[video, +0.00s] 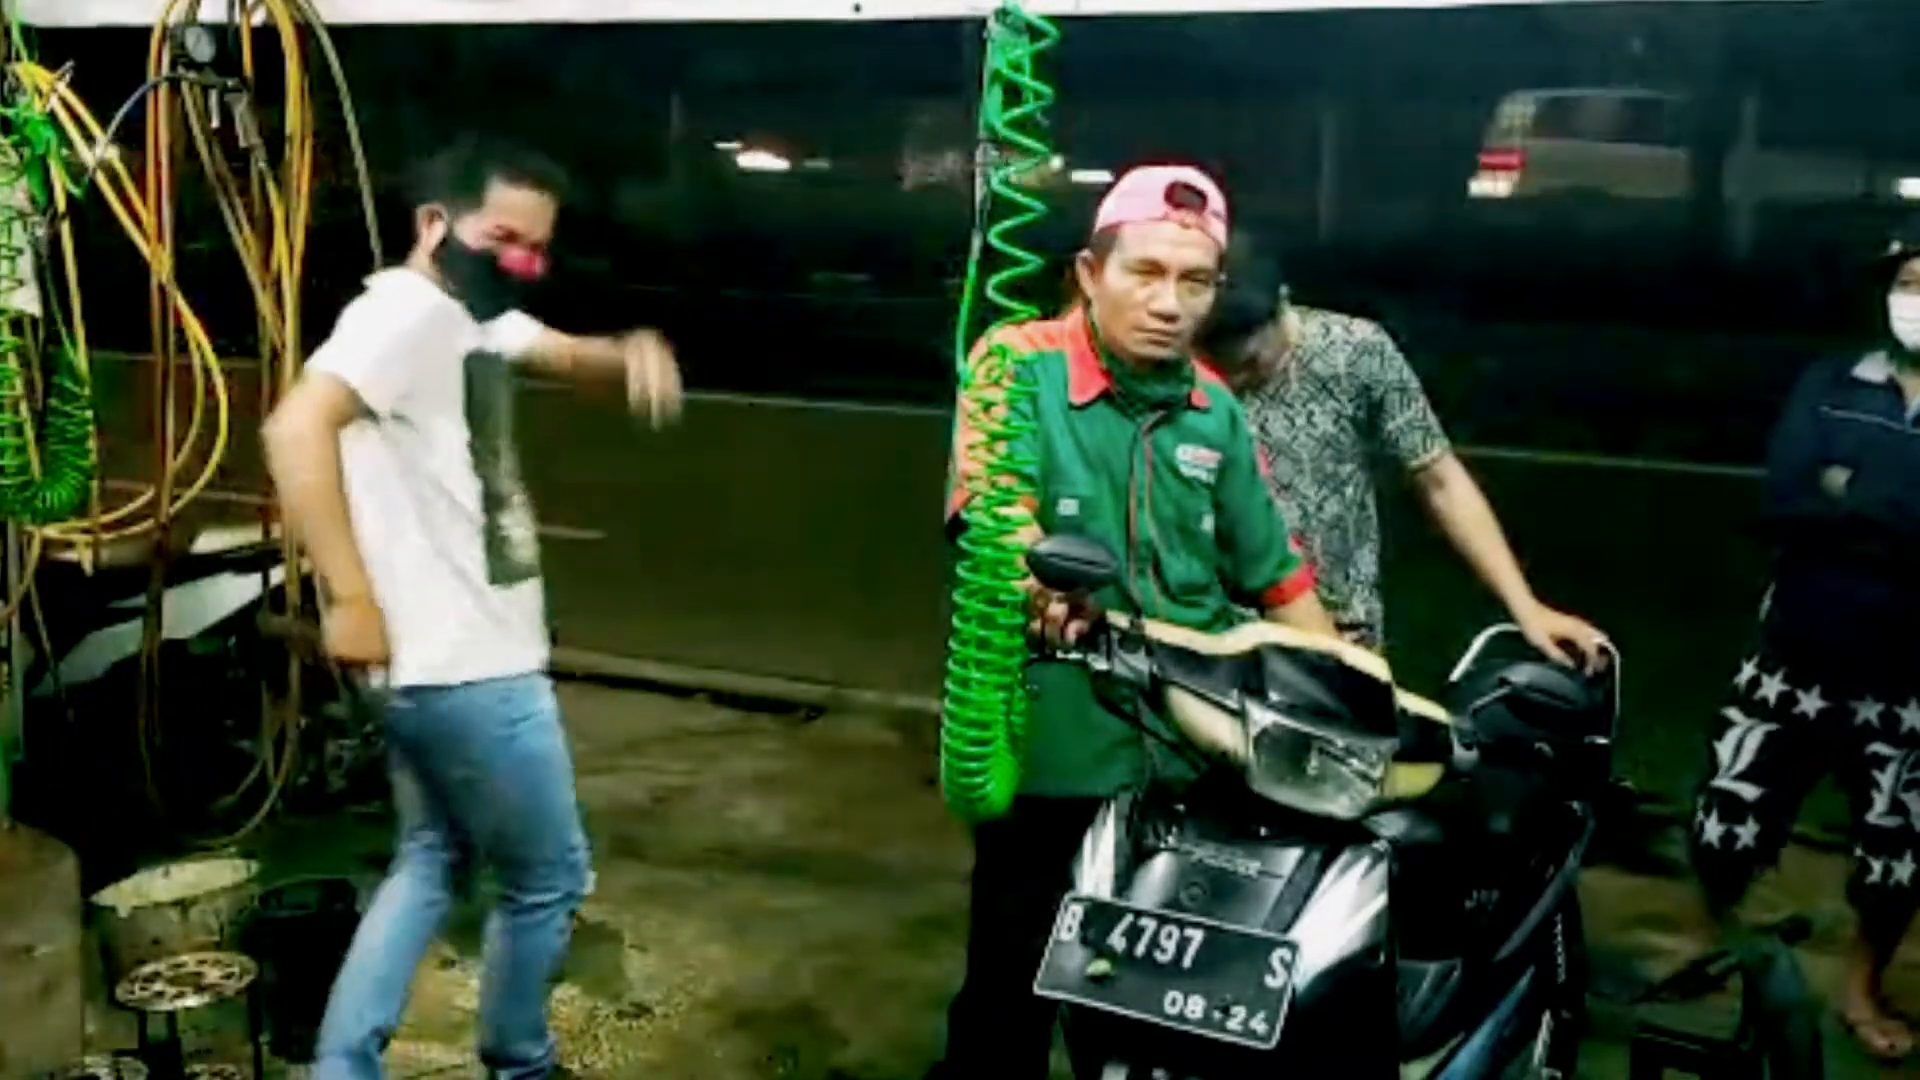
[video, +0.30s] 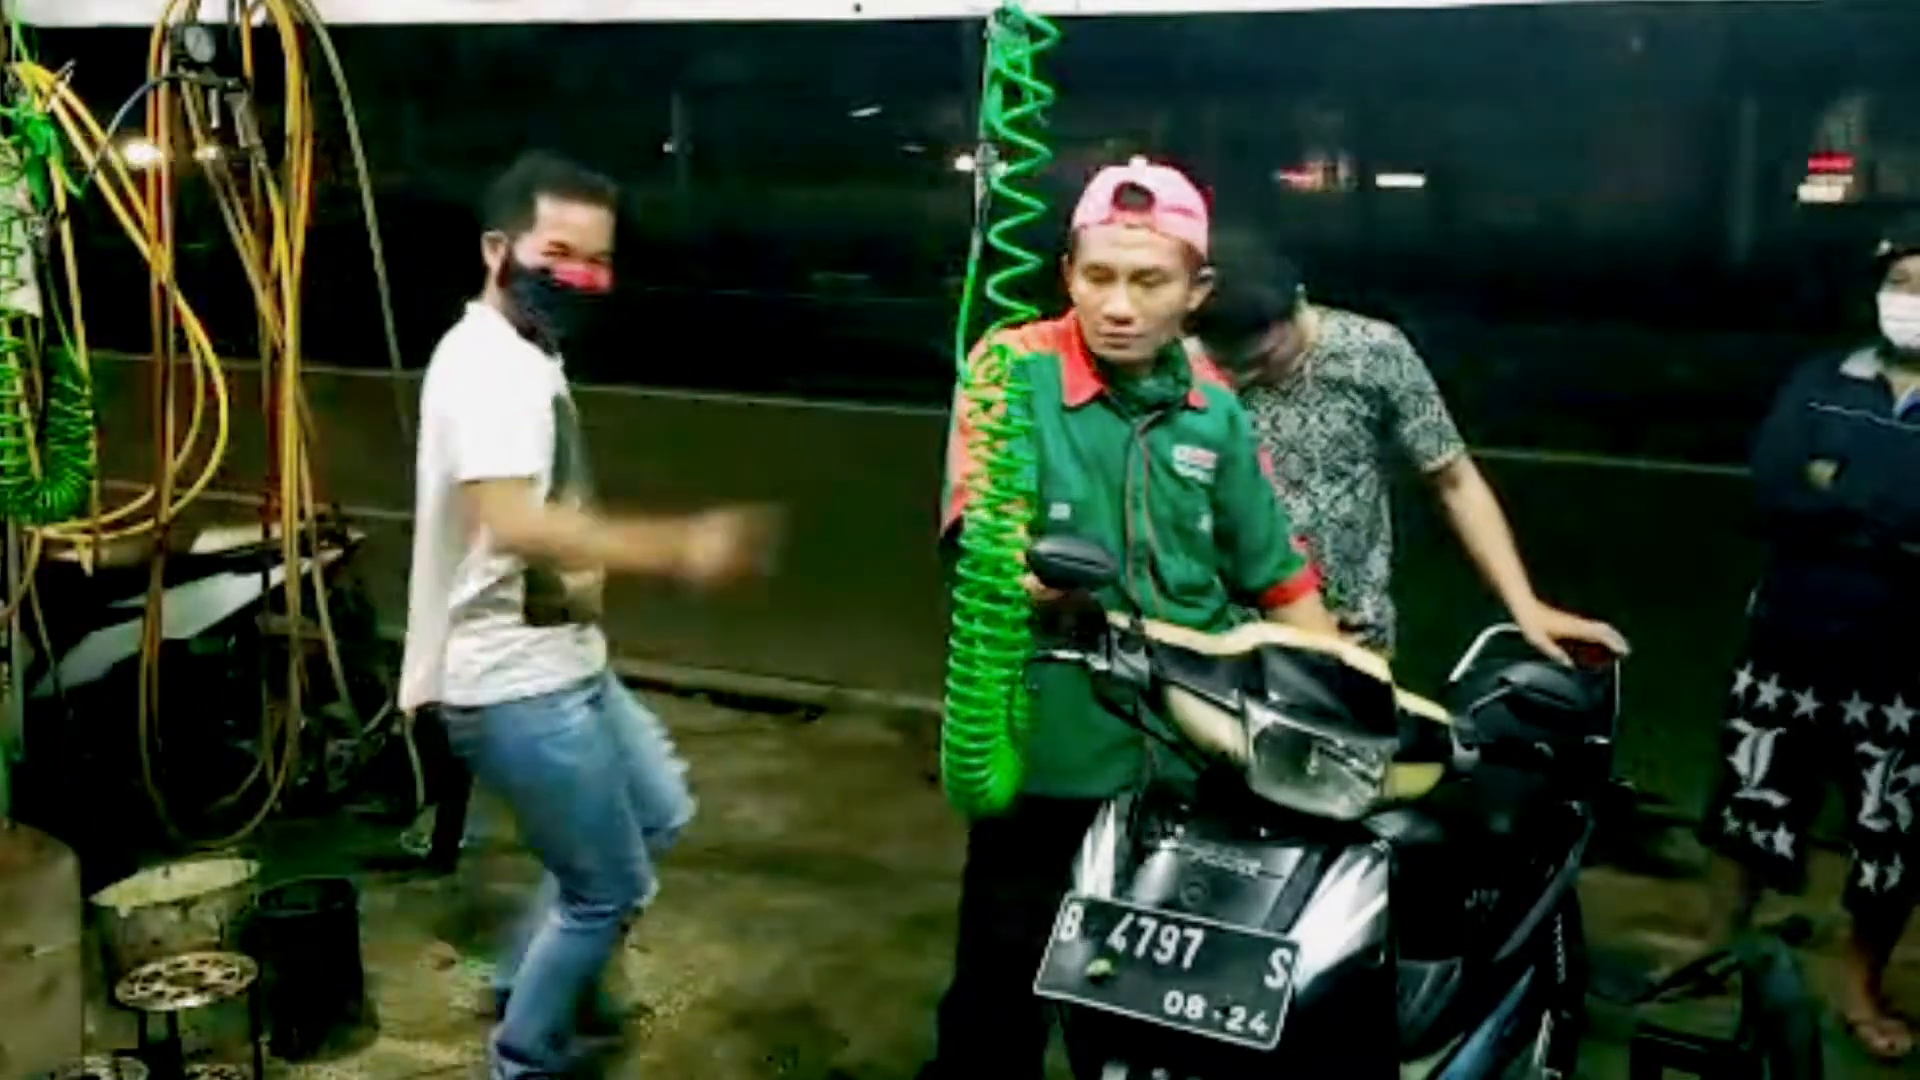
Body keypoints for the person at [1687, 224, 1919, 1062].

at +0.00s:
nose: (1916, 305)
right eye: (1906, 288)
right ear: (1880, 300)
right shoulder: (1832, 391)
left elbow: (1912, 515)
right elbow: (1783, 496)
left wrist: (1845, 482)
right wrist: (1893, 504)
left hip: (1903, 666)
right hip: (1800, 651)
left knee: (1896, 855)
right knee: (1726, 826)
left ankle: (1863, 988)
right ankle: (1710, 933)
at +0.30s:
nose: (1909, 301)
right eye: (1899, 285)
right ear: (1874, 298)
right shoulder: (1821, 386)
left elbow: (1910, 509)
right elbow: (1771, 483)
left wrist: (1834, 473)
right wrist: (1887, 503)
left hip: (1899, 660)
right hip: (1792, 646)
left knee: (1889, 848)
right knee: (1743, 813)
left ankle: (1859, 985)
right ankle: (1715, 942)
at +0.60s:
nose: (1902, 300)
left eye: (1917, 286)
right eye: (1890, 284)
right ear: (1864, 296)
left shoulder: (1919, 413)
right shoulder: (1813, 386)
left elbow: (1907, 508)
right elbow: (1763, 485)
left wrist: (1828, 474)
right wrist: (1871, 512)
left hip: (1893, 659)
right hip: (1786, 644)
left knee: (1886, 841)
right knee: (1736, 814)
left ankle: (1858, 976)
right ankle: (1719, 940)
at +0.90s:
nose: (1897, 301)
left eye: (1913, 287)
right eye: (1885, 284)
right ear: (1859, 293)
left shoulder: (1919, 412)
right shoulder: (1809, 386)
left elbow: (1910, 518)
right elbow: (1764, 485)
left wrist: (1823, 477)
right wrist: (1872, 520)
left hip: (1889, 659)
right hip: (1783, 644)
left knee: (1885, 842)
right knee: (1737, 813)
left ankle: (1861, 981)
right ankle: (1715, 943)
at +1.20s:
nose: (1891, 303)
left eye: (1908, 289)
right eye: (1879, 286)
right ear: (1852, 294)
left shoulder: (1918, 413)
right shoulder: (1804, 385)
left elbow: (1910, 521)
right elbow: (1751, 485)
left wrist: (1817, 482)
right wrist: (1860, 517)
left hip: (1889, 656)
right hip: (1781, 639)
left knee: (1883, 839)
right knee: (1736, 810)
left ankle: (1863, 983)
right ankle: (1717, 945)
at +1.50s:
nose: (1876, 306)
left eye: (1896, 292)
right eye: (1864, 288)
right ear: (1838, 296)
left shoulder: (1918, 406)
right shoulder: (1787, 388)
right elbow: (1725, 496)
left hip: (1892, 656)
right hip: (1784, 643)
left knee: (1886, 837)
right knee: (1757, 808)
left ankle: (1862, 984)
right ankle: (1724, 942)